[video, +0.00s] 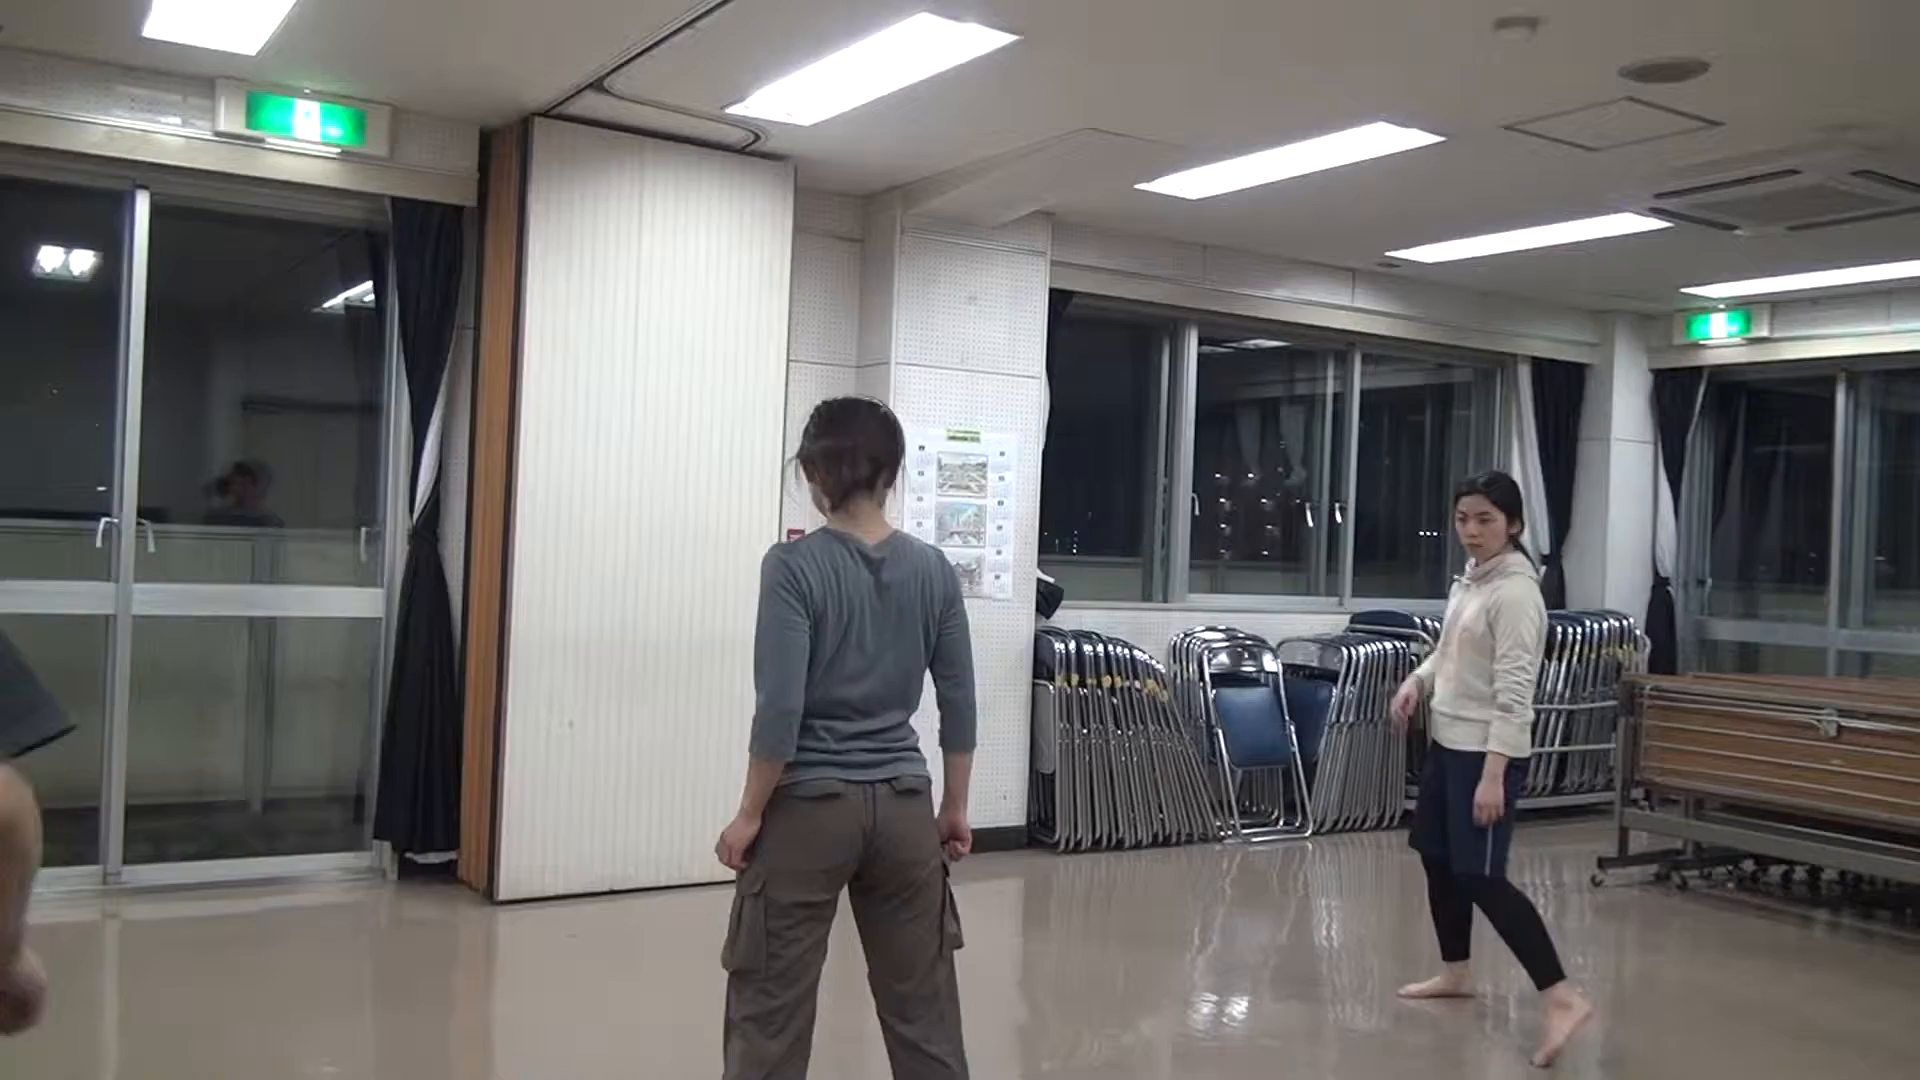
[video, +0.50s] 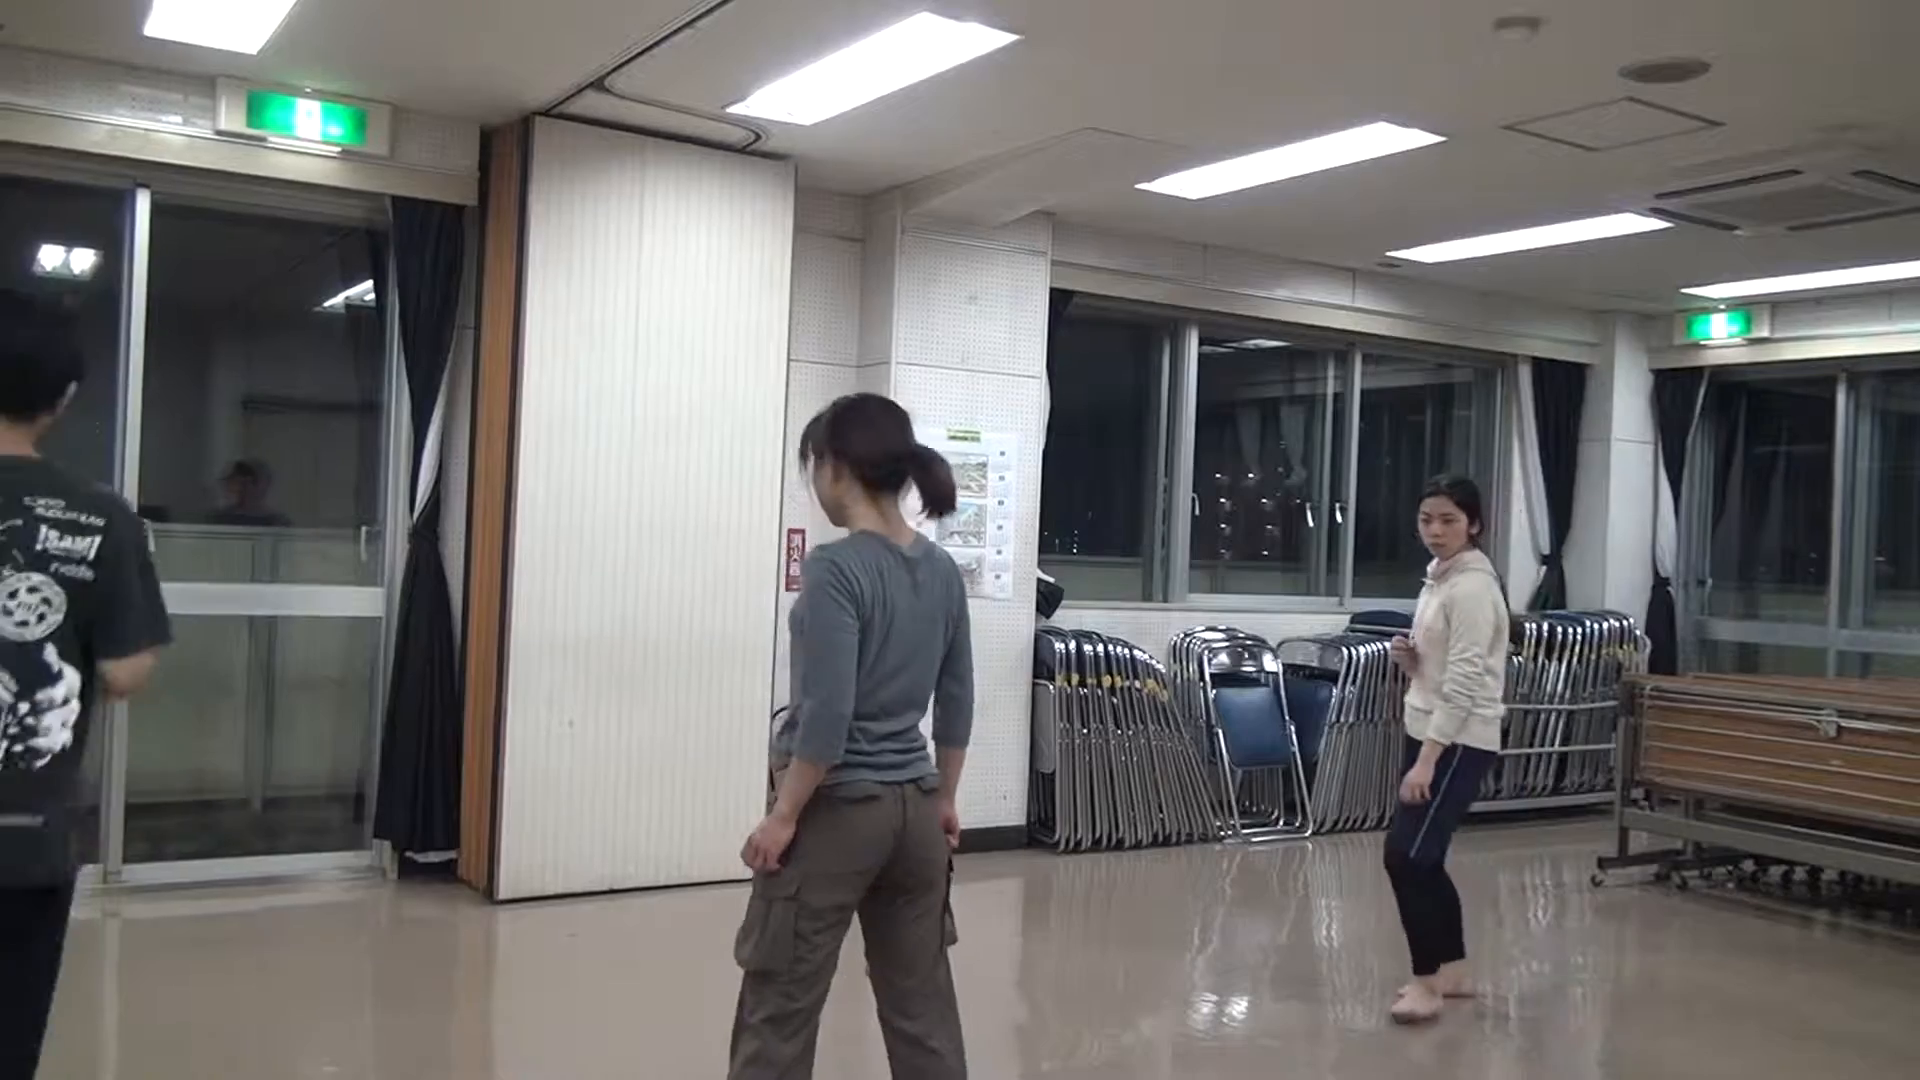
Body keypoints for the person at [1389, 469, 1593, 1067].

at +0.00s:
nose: (1469, 530)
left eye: (1481, 519)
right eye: (1462, 520)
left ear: (1510, 524)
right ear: (1457, 525)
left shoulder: (1516, 590)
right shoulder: (1472, 579)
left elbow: (1517, 689)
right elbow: (1450, 653)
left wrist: (1494, 772)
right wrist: (1416, 681)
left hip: (1483, 753)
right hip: (1445, 745)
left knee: (1479, 875)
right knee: (1435, 853)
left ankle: (1563, 999)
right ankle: (1454, 976)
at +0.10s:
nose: (1462, 528)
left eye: (1475, 518)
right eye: (1455, 518)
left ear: (1502, 523)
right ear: (1449, 522)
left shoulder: (1508, 590)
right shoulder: (1465, 578)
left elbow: (1506, 688)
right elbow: (1446, 649)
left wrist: (1479, 768)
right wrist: (1411, 669)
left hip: (1479, 750)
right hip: (1444, 742)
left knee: (1461, 870)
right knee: (1432, 849)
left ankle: (1542, 989)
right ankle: (1456, 973)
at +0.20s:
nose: (1453, 526)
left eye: (1466, 517)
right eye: (1446, 517)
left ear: (1493, 523)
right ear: (1440, 522)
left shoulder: (1498, 590)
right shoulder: (1455, 579)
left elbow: (1491, 688)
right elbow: (1448, 651)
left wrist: (1455, 762)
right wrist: (1415, 661)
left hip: (1479, 745)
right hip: (1444, 736)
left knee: (1435, 864)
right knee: (1429, 861)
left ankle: (1498, 982)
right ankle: (1455, 973)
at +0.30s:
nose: (1447, 527)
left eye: (1460, 517)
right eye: (1440, 517)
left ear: (1486, 524)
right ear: (1433, 523)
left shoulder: (1490, 588)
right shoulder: (1450, 578)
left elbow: (1482, 682)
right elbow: (1450, 665)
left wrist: (1441, 754)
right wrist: (1416, 663)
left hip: (1475, 744)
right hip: (1443, 736)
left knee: (1421, 857)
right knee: (1419, 857)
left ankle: (1459, 974)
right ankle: (1450, 971)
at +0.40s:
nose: (1441, 528)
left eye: (1454, 518)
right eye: (1434, 519)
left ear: (1479, 524)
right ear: (1427, 525)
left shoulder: (1482, 588)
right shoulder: (1445, 580)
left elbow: (1471, 685)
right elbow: (1441, 670)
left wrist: (1432, 757)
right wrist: (1412, 659)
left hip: (1467, 744)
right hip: (1438, 735)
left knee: (1409, 853)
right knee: (1424, 855)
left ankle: (1442, 976)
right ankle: (1454, 970)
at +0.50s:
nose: (1434, 529)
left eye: (1446, 520)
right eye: (1427, 520)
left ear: (1472, 524)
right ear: (1421, 524)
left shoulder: (1473, 586)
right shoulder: (1441, 577)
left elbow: (1465, 683)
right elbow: (1438, 668)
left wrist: (1427, 760)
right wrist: (1412, 657)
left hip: (1463, 741)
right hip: (1437, 733)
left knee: (1405, 853)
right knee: (1420, 853)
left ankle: (1427, 980)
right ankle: (1453, 968)